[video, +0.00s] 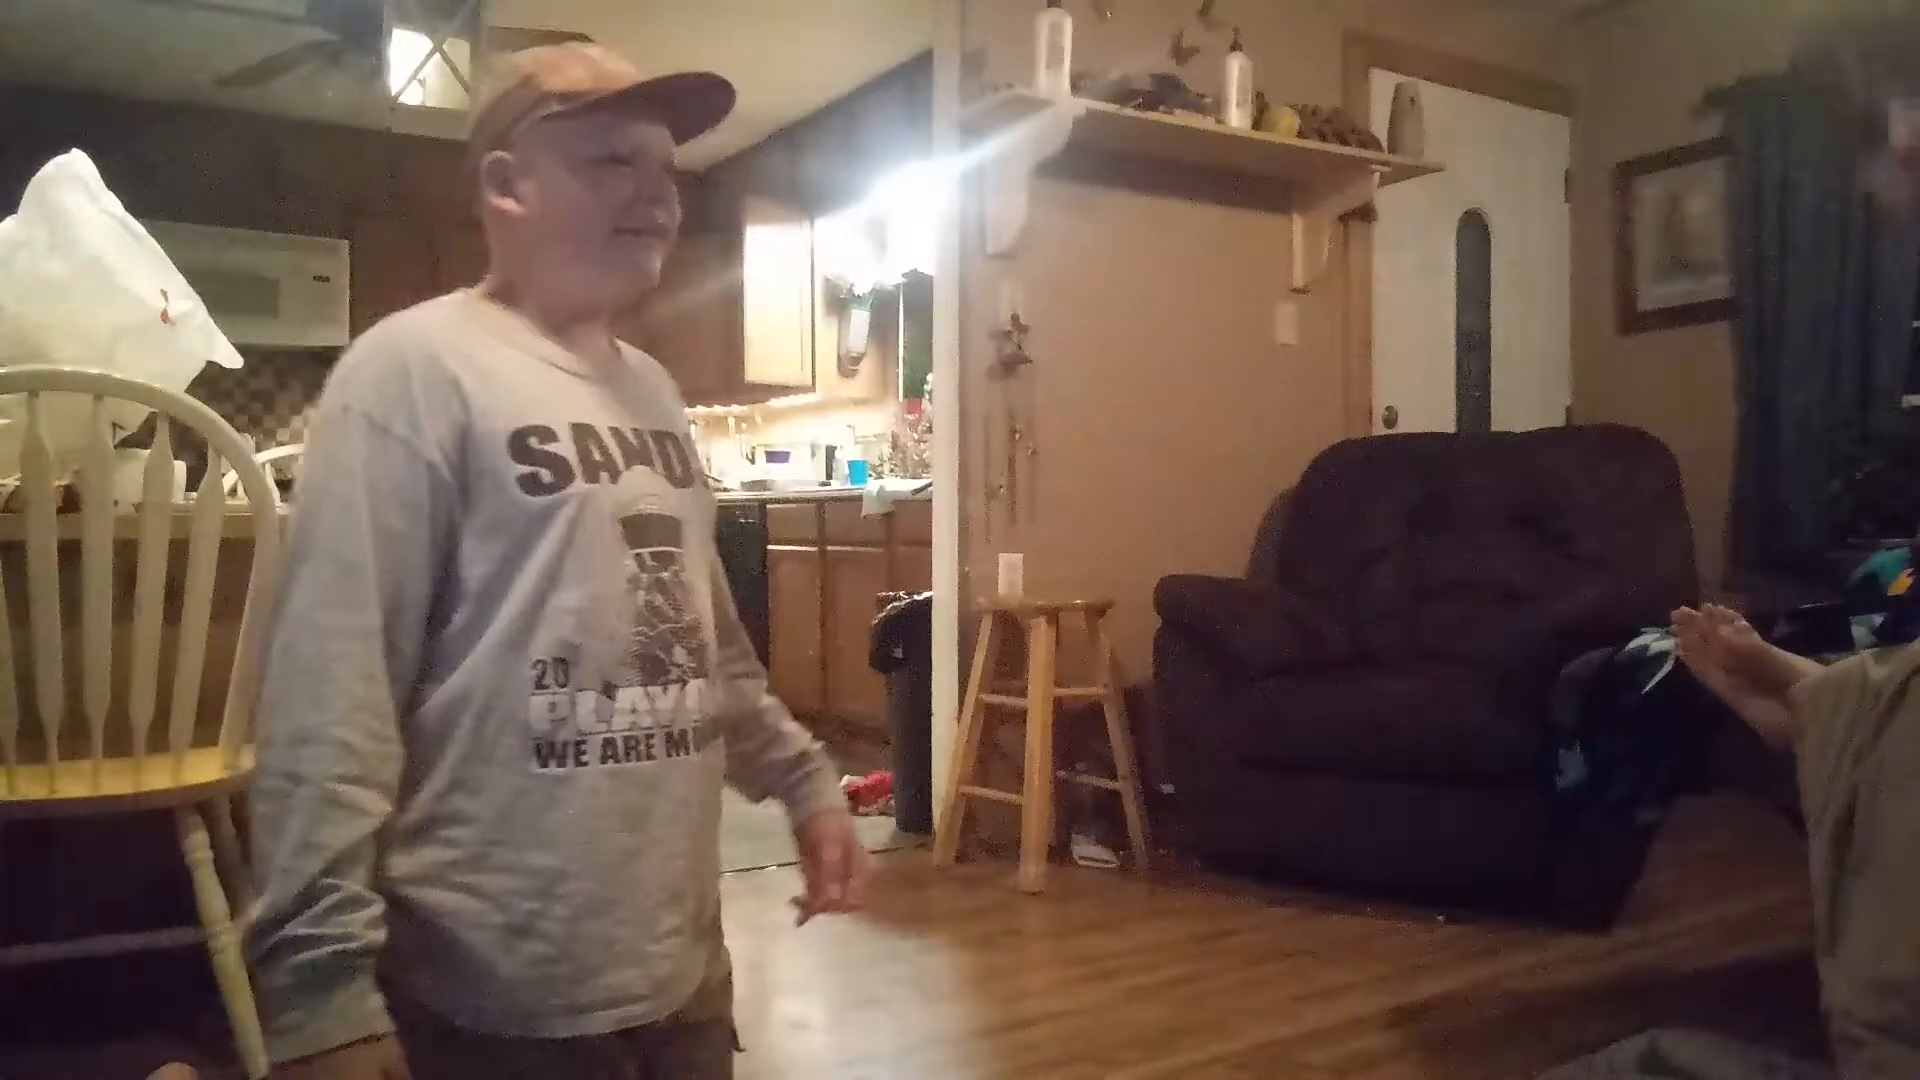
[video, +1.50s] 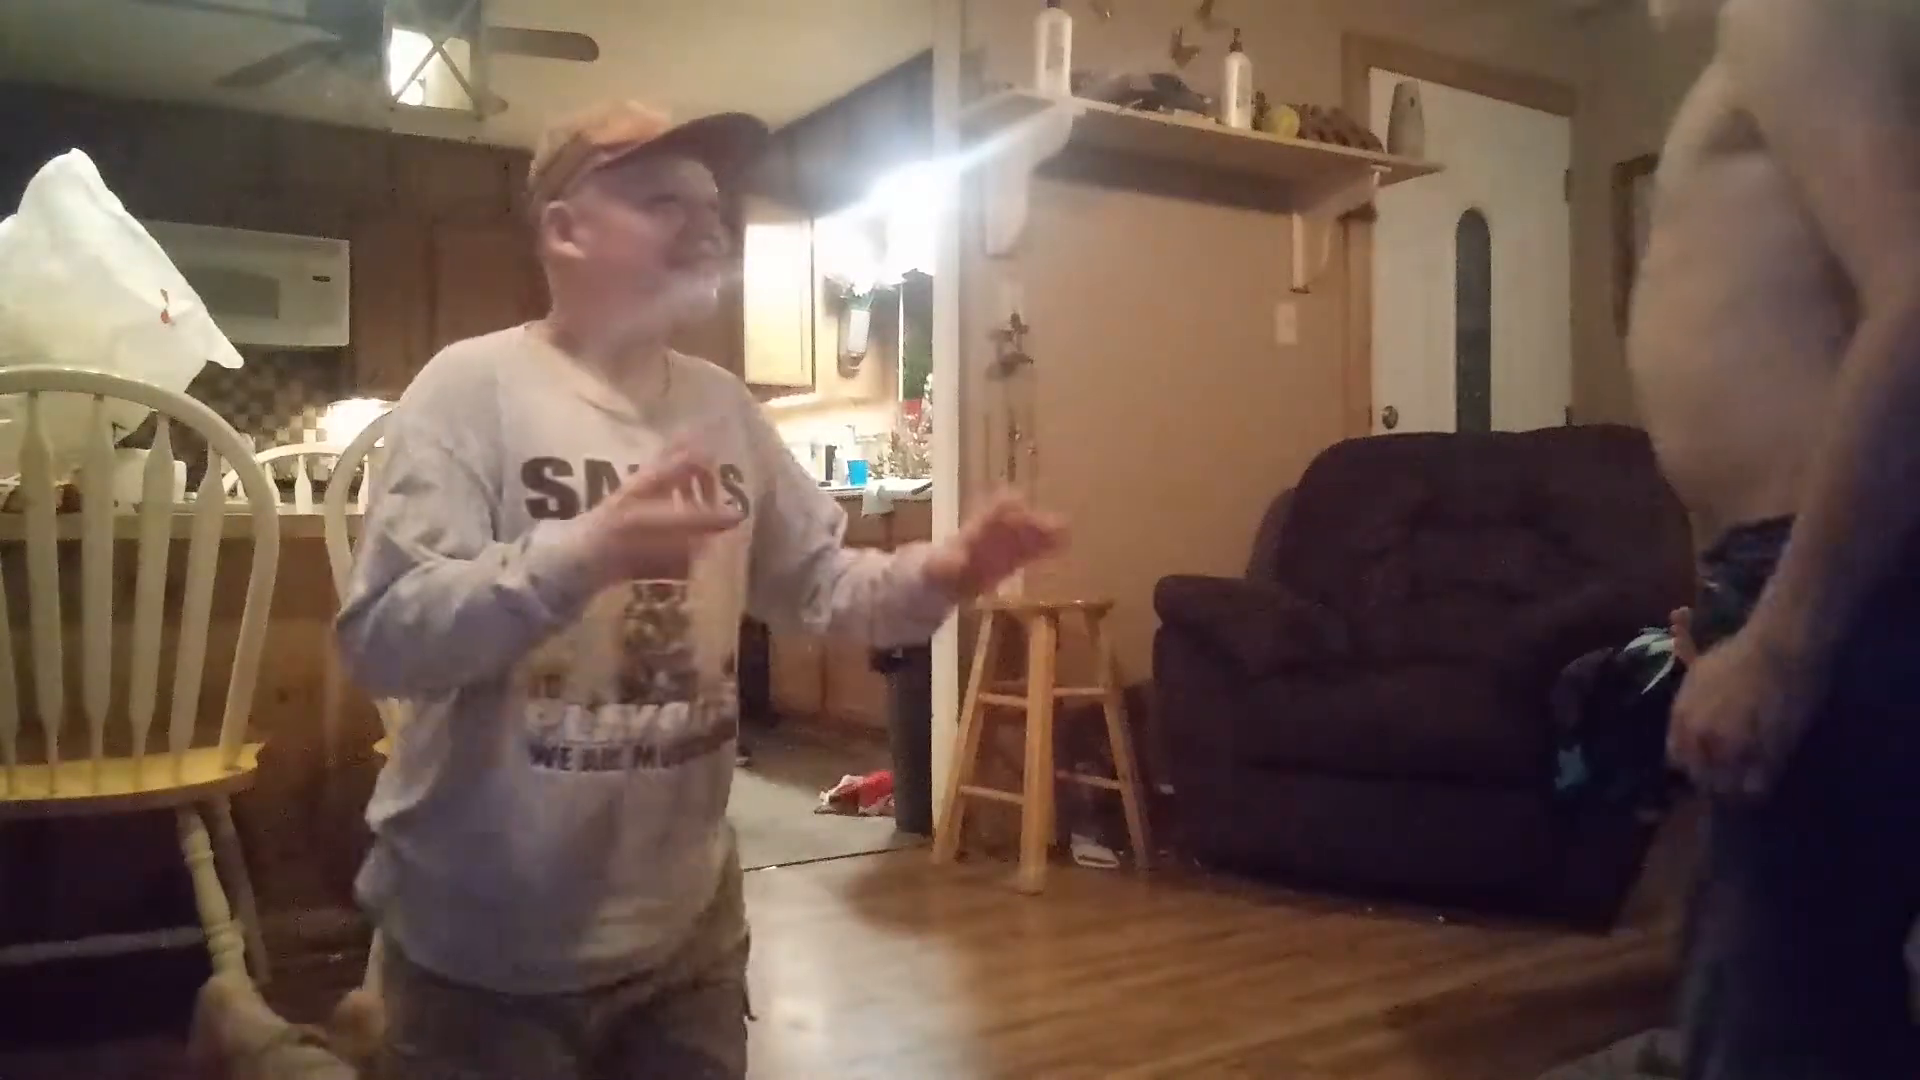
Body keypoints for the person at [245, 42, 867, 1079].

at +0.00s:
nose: (660, 198)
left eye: (669, 171)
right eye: (612, 162)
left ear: (681, 194)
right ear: (505, 186)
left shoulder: (649, 386)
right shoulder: (411, 367)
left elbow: (704, 639)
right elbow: (326, 689)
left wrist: (809, 786)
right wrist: (323, 1009)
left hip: (679, 977)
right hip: (489, 1002)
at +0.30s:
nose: (706, 203)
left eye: (714, 176)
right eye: (658, 172)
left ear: (728, 200)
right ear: (556, 203)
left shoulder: (706, 391)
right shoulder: (474, 382)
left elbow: (765, 644)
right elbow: (414, 686)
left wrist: (854, 780)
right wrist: (443, 963)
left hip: (714, 962)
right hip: (544, 983)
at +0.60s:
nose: (716, 200)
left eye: (723, 175)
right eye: (669, 171)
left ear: (735, 196)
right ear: (568, 202)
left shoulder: (720, 389)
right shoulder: (482, 380)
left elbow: (775, 630)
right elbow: (420, 681)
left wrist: (851, 797)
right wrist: (488, 952)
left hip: (723, 945)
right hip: (555, 972)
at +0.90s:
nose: (693, 187)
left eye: (692, 163)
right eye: (646, 158)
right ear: (541, 189)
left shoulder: (689, 387)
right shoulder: (454, 371)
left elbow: (718, 648)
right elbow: (387, 675)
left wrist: (811, 802)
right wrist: (580, 903)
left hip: (698, 956)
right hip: (511, 979)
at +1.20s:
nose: (713, 213)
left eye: (718, 191)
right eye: (672, 185)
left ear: (729, 216)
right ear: (569, 215)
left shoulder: (710, 402)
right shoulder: (475, 377)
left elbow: (775, 624)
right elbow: (397, 630)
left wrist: (897, 696)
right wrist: (636, 673)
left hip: (693, 925)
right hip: (514, 945)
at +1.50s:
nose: (706, 223)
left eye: (711, 203)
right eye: (661, 200)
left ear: (723, 230)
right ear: (565, 230)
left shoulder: (726, 410)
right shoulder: (466, 386)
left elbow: (817, 582)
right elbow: (387, 635)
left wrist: (946, 572)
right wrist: (591, 551)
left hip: (682, 935)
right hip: (483, 948)